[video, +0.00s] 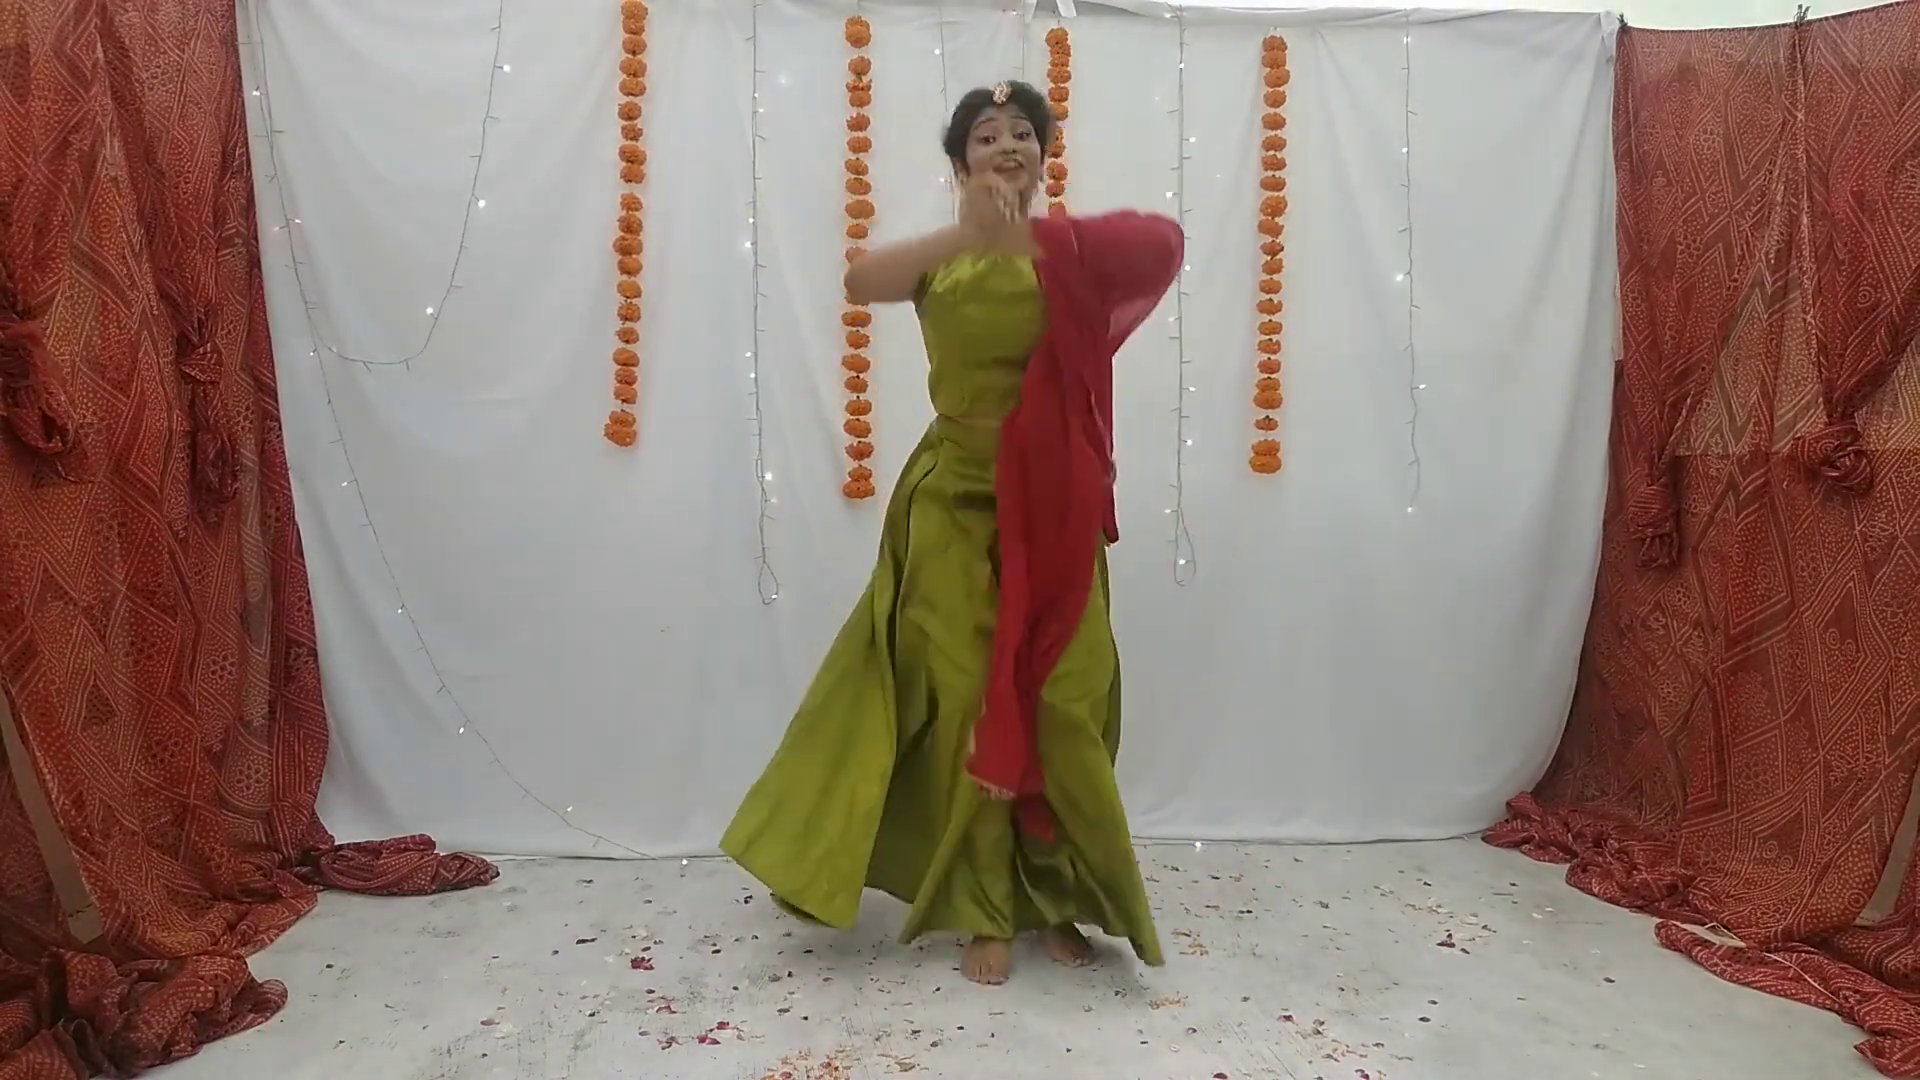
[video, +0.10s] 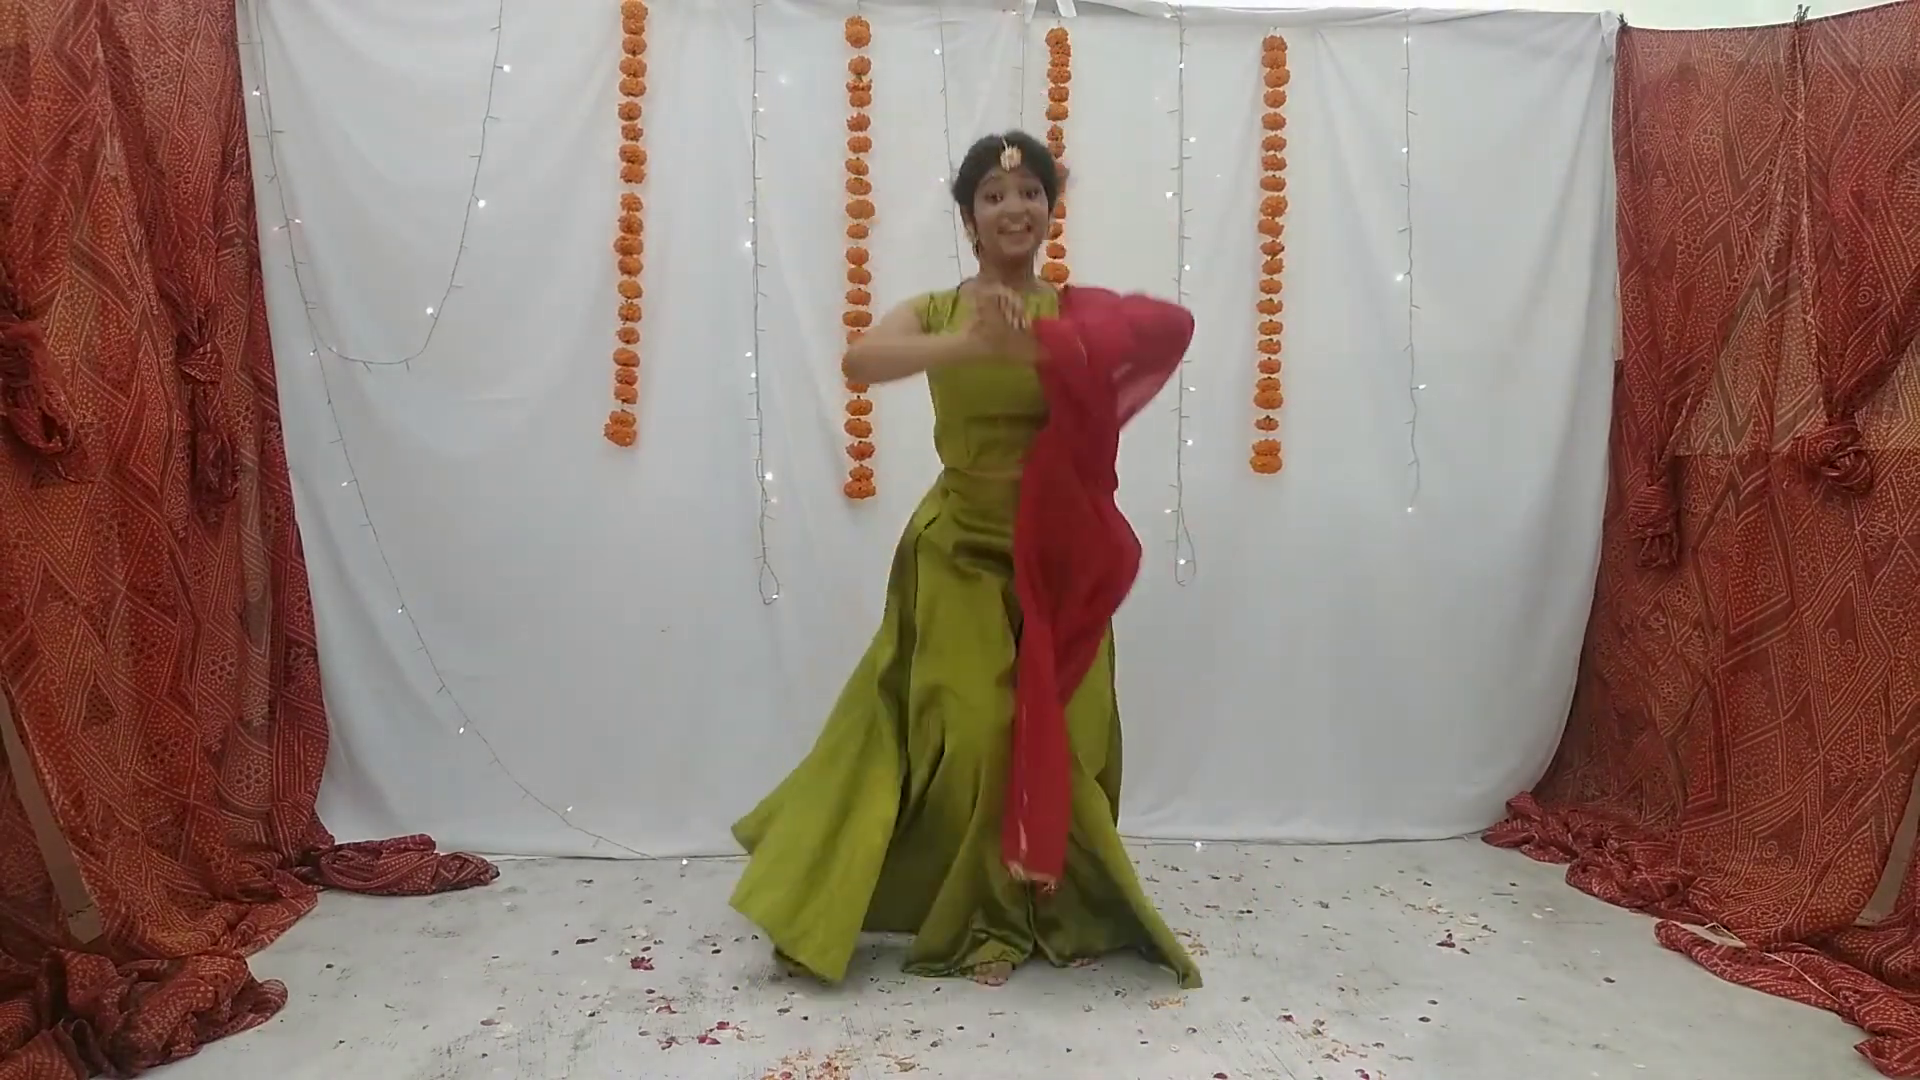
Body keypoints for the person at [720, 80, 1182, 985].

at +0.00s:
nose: (1006, 149)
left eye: (1021, 136)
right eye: (988, 139)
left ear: (1046, 159)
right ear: (960, 164)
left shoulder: (1074, 253)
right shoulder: (939, 257)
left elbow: (1165, 243)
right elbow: (861, 278)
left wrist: (1067, 237)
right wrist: (969, 230)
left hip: (1058, 493)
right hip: (956, 490)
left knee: (1067, 694)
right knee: (970, 692)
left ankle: (1057, 902)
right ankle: (987, 911)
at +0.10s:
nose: (1013, 209)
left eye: (1028, 193)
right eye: (994, 195)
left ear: (1052, 210)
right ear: (968, 215)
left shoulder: (1082, 311)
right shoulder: (933, 311)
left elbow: (1165, 332)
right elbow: (862, 362)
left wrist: (1056, 341)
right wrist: (973, 339)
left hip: (1059, 547)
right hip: (962, 542)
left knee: (1068, 729)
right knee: (978, 725)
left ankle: (1062, 913)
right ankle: (991, 922)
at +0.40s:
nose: (1016, 200)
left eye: (1031, 185)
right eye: (999, 187)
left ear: (1056, 200)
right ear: (974, 202)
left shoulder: (1079, 295)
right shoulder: (949, 298)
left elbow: (1157, 287)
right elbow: (857, 305)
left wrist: (1064, 296)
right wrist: (979, 296)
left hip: (1072, 521)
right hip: (975, 521)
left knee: (1076, 717)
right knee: (976, 714)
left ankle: (1084, 919)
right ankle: (974, 916)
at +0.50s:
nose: (1017, 145)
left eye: (1034, 131)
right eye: (1000, 133)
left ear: (1057, 146)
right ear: (976, 150)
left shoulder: (1087, 241)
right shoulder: (949, 244)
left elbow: (1162, 198)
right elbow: (856, 212)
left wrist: (1066, 219)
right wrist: (983, 209)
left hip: (1068, 473)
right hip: (970, 470)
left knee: (1067, 691)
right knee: (959, 691)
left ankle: (1076, 916)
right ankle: (956, 921)